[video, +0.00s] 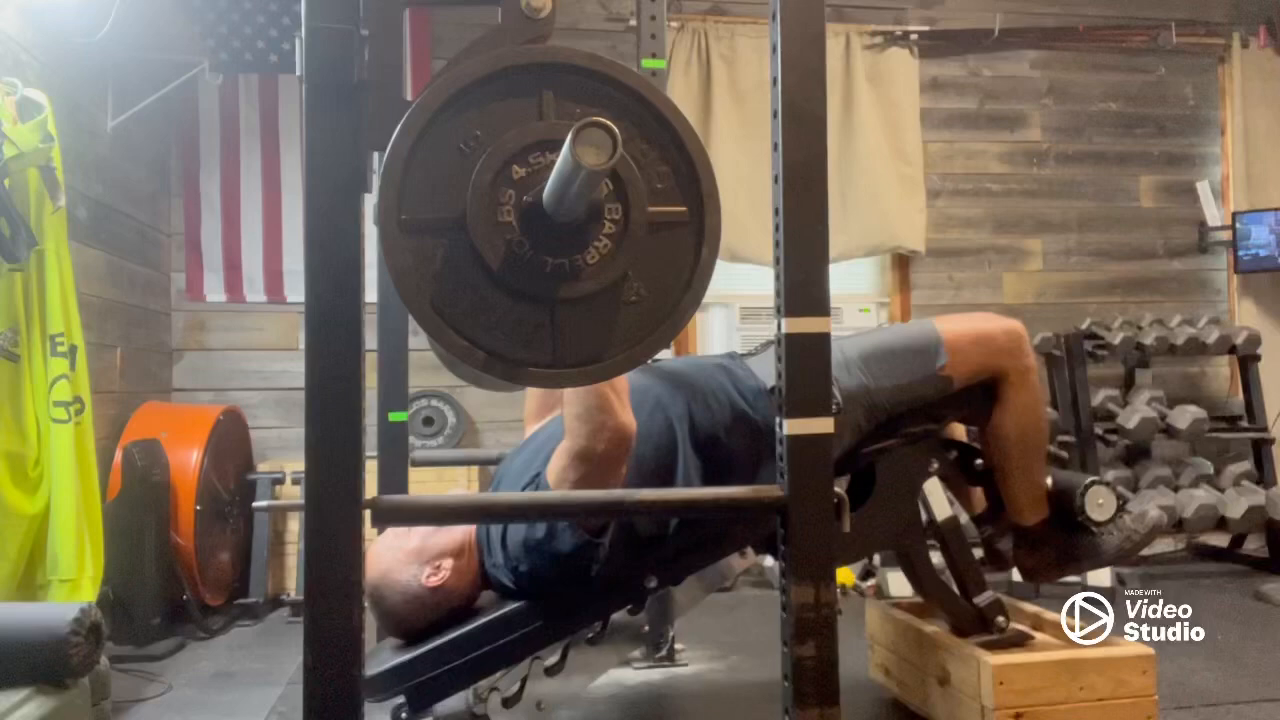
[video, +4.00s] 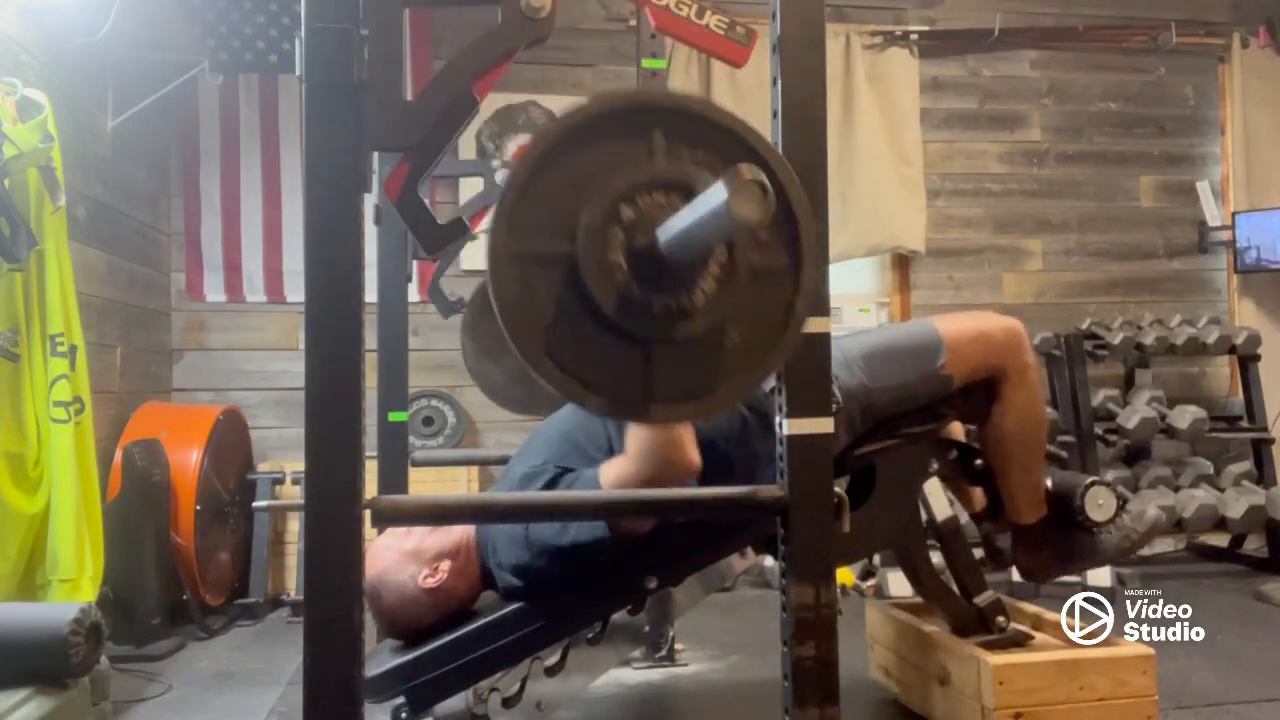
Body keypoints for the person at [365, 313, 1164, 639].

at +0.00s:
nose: (421, 532)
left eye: (405, 536)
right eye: (417, 549)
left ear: (431, 549)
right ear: (446, 578)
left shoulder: (494, 503)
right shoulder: (534, 552)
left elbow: (571, 409)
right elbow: (604, 422)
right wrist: (560, 291)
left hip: (747, 376)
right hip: (772, 425)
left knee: (961, 332)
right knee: (1006, 343)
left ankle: (993, 491)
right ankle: (1033, 530)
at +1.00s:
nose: (416, 527)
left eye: (397, 532)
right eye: (410, 545)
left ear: (427, 554)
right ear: (444, 580)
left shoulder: (499, 501)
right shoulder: (535, 548)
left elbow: (555, 372)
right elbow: (577, 380)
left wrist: (572, 204)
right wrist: (584, 214)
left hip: (742, 376)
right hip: (772, 422)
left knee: (957, 324)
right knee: (1002, 336)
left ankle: (987, 472)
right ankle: (1035, 527)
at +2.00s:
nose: (416, 529)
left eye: (397, 533)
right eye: (412, 550)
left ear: (428, 547)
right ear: (444, 582)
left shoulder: (497, 497)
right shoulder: (532, 549)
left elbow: (559, 373)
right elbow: (606, 401)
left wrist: (544, 220)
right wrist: (607, 231)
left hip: (740, 377)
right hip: (773, 425)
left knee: (934, 323)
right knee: (998, 336)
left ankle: (967, 469)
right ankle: (1031, 522)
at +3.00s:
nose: (418, 531)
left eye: (400, 537)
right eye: (417, 551)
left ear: (426, 546)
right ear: (448, 576)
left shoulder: (498, 497)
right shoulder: (530, 540)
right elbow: (673, 539)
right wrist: (756, 489)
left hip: (714, 400)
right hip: (750, 442)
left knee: (930, 325)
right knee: (998, 339)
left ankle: (995, 486)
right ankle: (1035, 529)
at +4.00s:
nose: (419, 531)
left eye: (402, 535)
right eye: (417, 550)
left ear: (428, 544)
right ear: (447, 578)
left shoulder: (496, 503)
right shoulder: (529, 546)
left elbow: (625, 426)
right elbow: (666, 461)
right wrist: (640, 323)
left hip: (741, 379)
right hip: (765, 430)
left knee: (950, 327)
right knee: (1003, 343)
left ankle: (995, 495)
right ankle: (1033, 532)